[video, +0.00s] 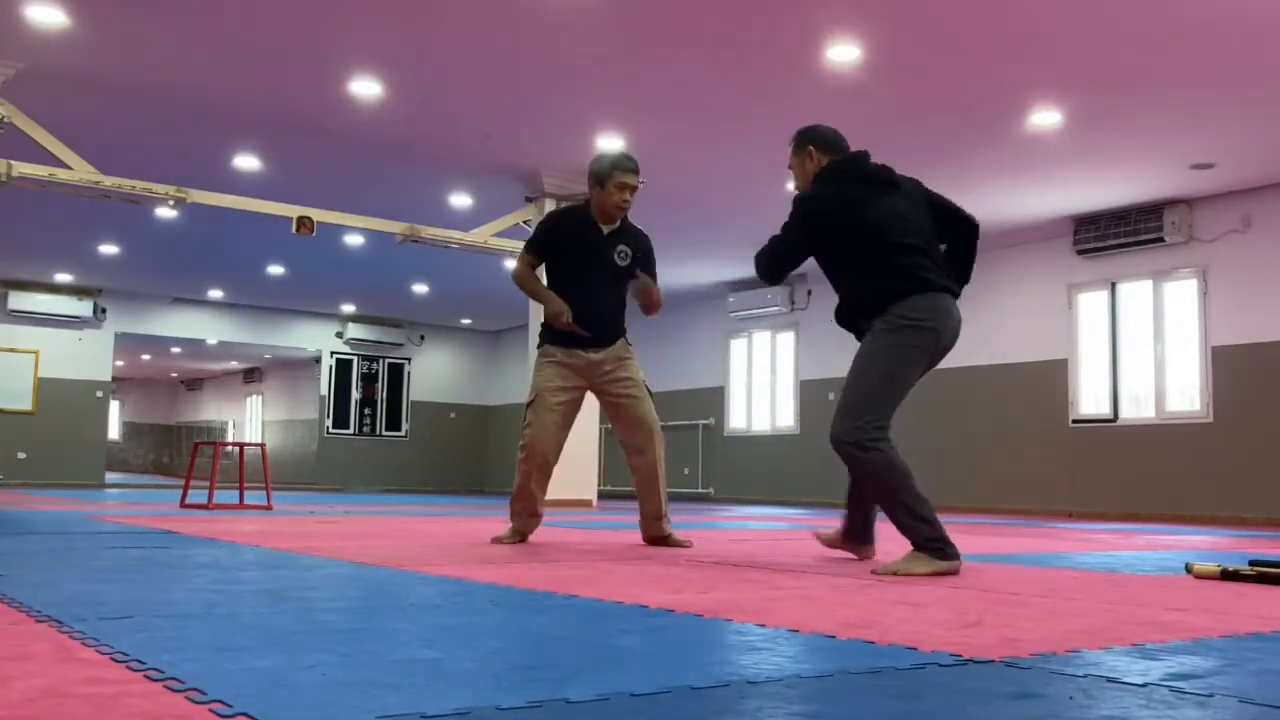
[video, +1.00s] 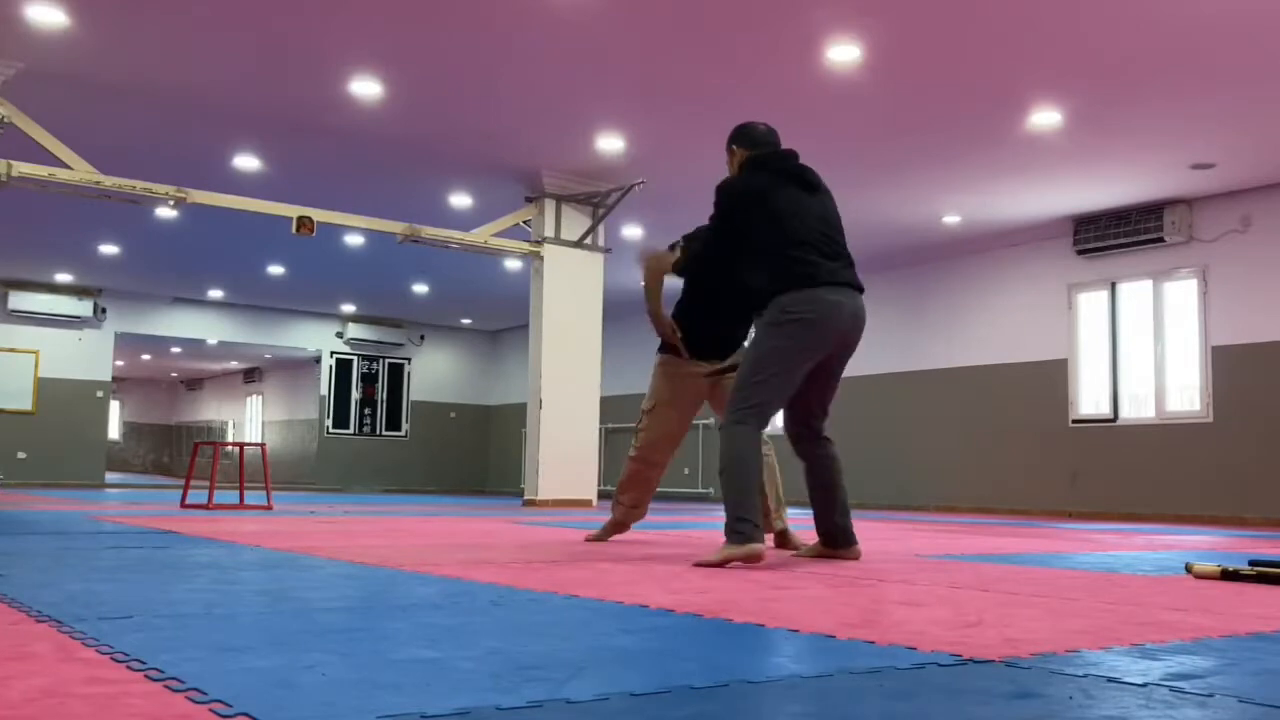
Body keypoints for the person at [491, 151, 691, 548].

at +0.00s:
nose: (628, 198)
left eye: (633, 191)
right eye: (620, 189)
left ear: (636, 193)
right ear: (596, 186)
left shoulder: (637, 241)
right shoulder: (559, 223)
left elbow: (650, 304)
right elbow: (521, 272)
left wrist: (647, 294)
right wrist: (549, 299)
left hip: (614, 355)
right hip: (560, 356)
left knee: (646, 432)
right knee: (538, 441)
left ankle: (655, 528)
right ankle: (521, 526)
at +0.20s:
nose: (642, 208)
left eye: (646, 200)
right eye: (636, 198)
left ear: (642, 199)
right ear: (609, 192)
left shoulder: (628, 242)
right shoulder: (574, 220)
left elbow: (626, 308)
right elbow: (551, 277)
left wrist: (641, 271)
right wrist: (601, 295)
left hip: (609, 356)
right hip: (560, 355)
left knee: (643, 433)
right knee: (540, 442)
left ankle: (655, 526)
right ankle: (515, 525)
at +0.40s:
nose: (637, 217)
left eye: (640, 209)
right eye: (633, 207)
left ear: (620, 205)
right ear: (607, 200)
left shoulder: (607, 243)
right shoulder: (579, 225)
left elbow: (594, 304)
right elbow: (614, 259)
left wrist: (617, 288)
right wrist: (663, 280)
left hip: (596, 359)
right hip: (550, 358)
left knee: (630, 438)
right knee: (537, 447)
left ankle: (650, 527)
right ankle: (515, 526)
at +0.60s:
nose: (636, 228)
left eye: (640, 220)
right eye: (632, 219)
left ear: (636, 217)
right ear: (606, 212)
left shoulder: (634, 255)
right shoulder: (567, 232)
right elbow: (519, 266)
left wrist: (707, 298)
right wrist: (536, 306)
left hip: (612, 364)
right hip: (561, 364)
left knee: (659, 428)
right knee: (539, 447)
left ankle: (672, 518)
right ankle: (513, 528)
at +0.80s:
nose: (701, 235)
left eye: (706, 227)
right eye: (694, 226)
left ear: (710, 225)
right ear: (670, 221)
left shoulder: (711, 266)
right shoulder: (641, 243)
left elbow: (707, 325)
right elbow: (610, 270)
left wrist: (682, 340)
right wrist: (584, 308)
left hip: (682, 375)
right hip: (626, 373)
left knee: (729, 441)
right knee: (581, 444)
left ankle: (763, 529)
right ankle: (525, 522)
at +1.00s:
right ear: (734, 216)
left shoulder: (768, 253)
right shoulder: (710, 240)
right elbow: (655, 264)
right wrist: (659, 318)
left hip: (733, 360)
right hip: (682, 360)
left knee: (755, 442)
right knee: (651, 445)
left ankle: (779, 527)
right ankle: (620, 519)